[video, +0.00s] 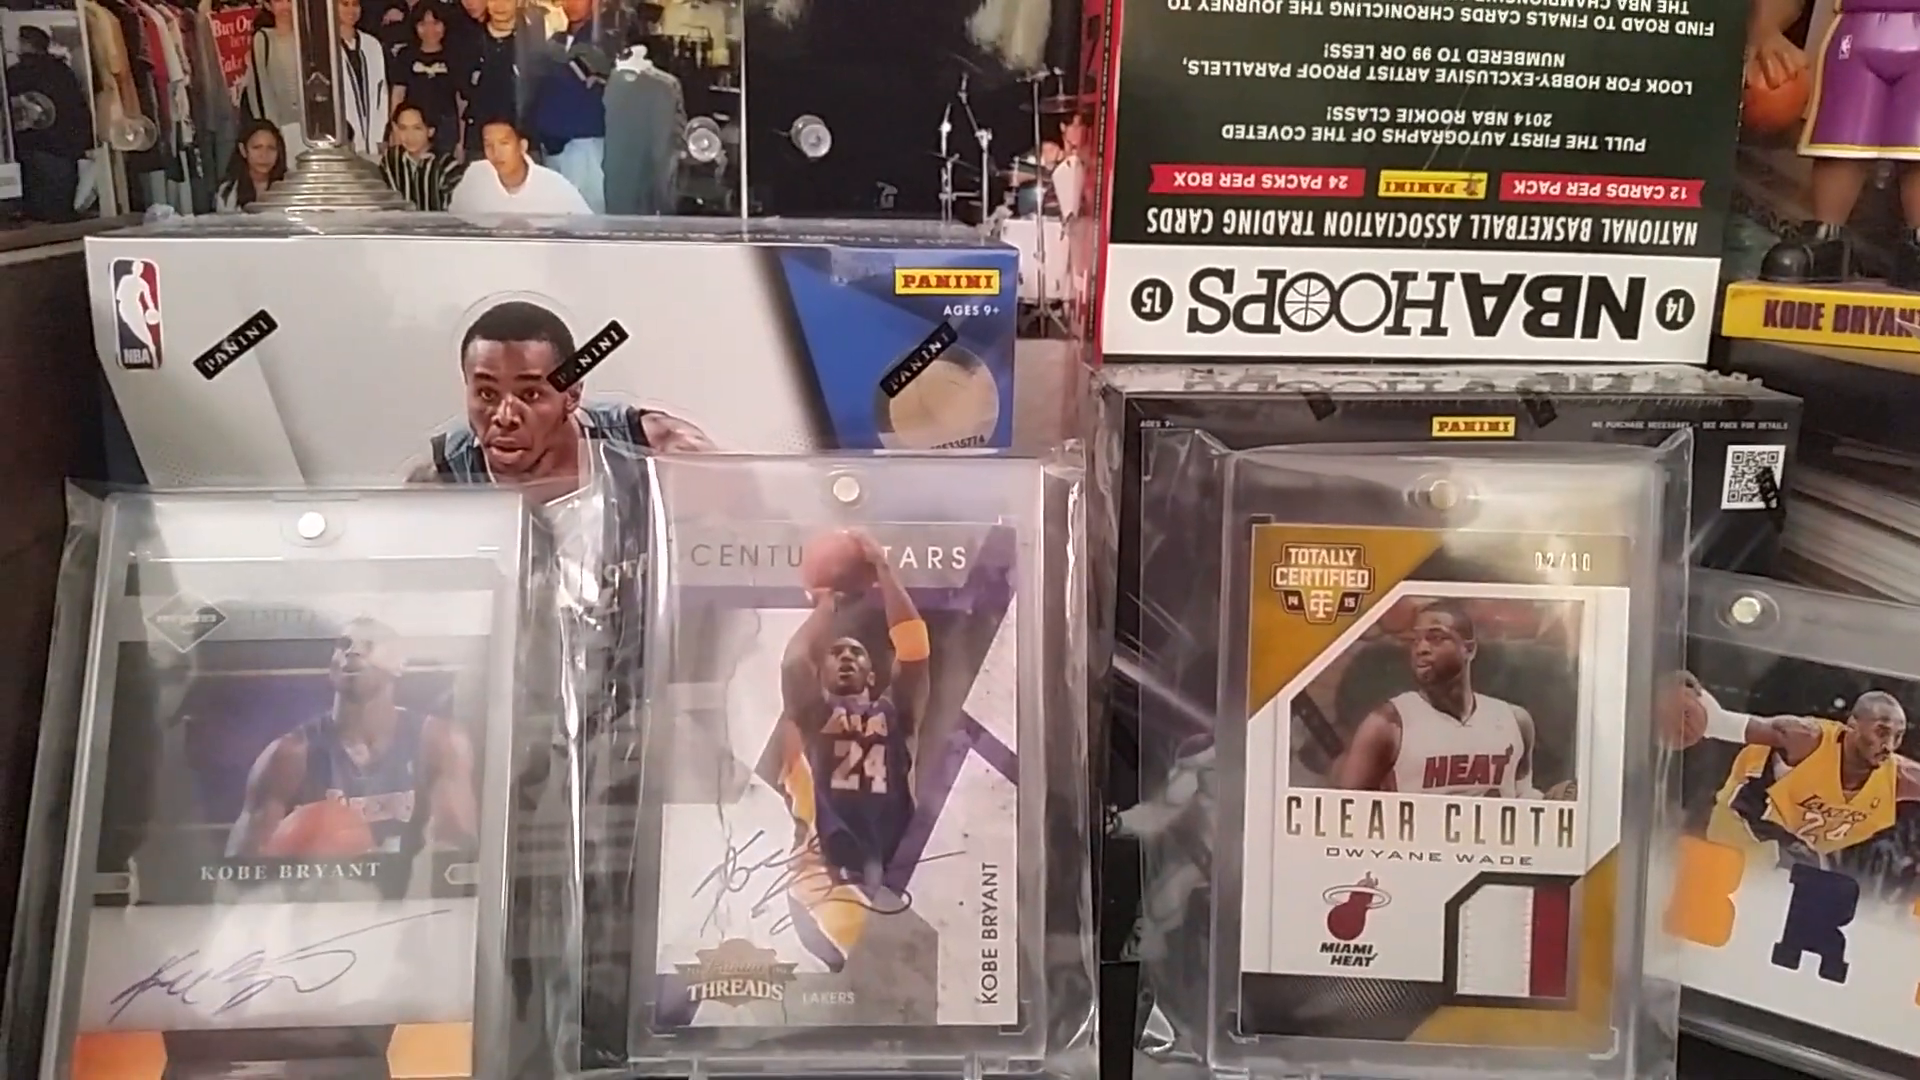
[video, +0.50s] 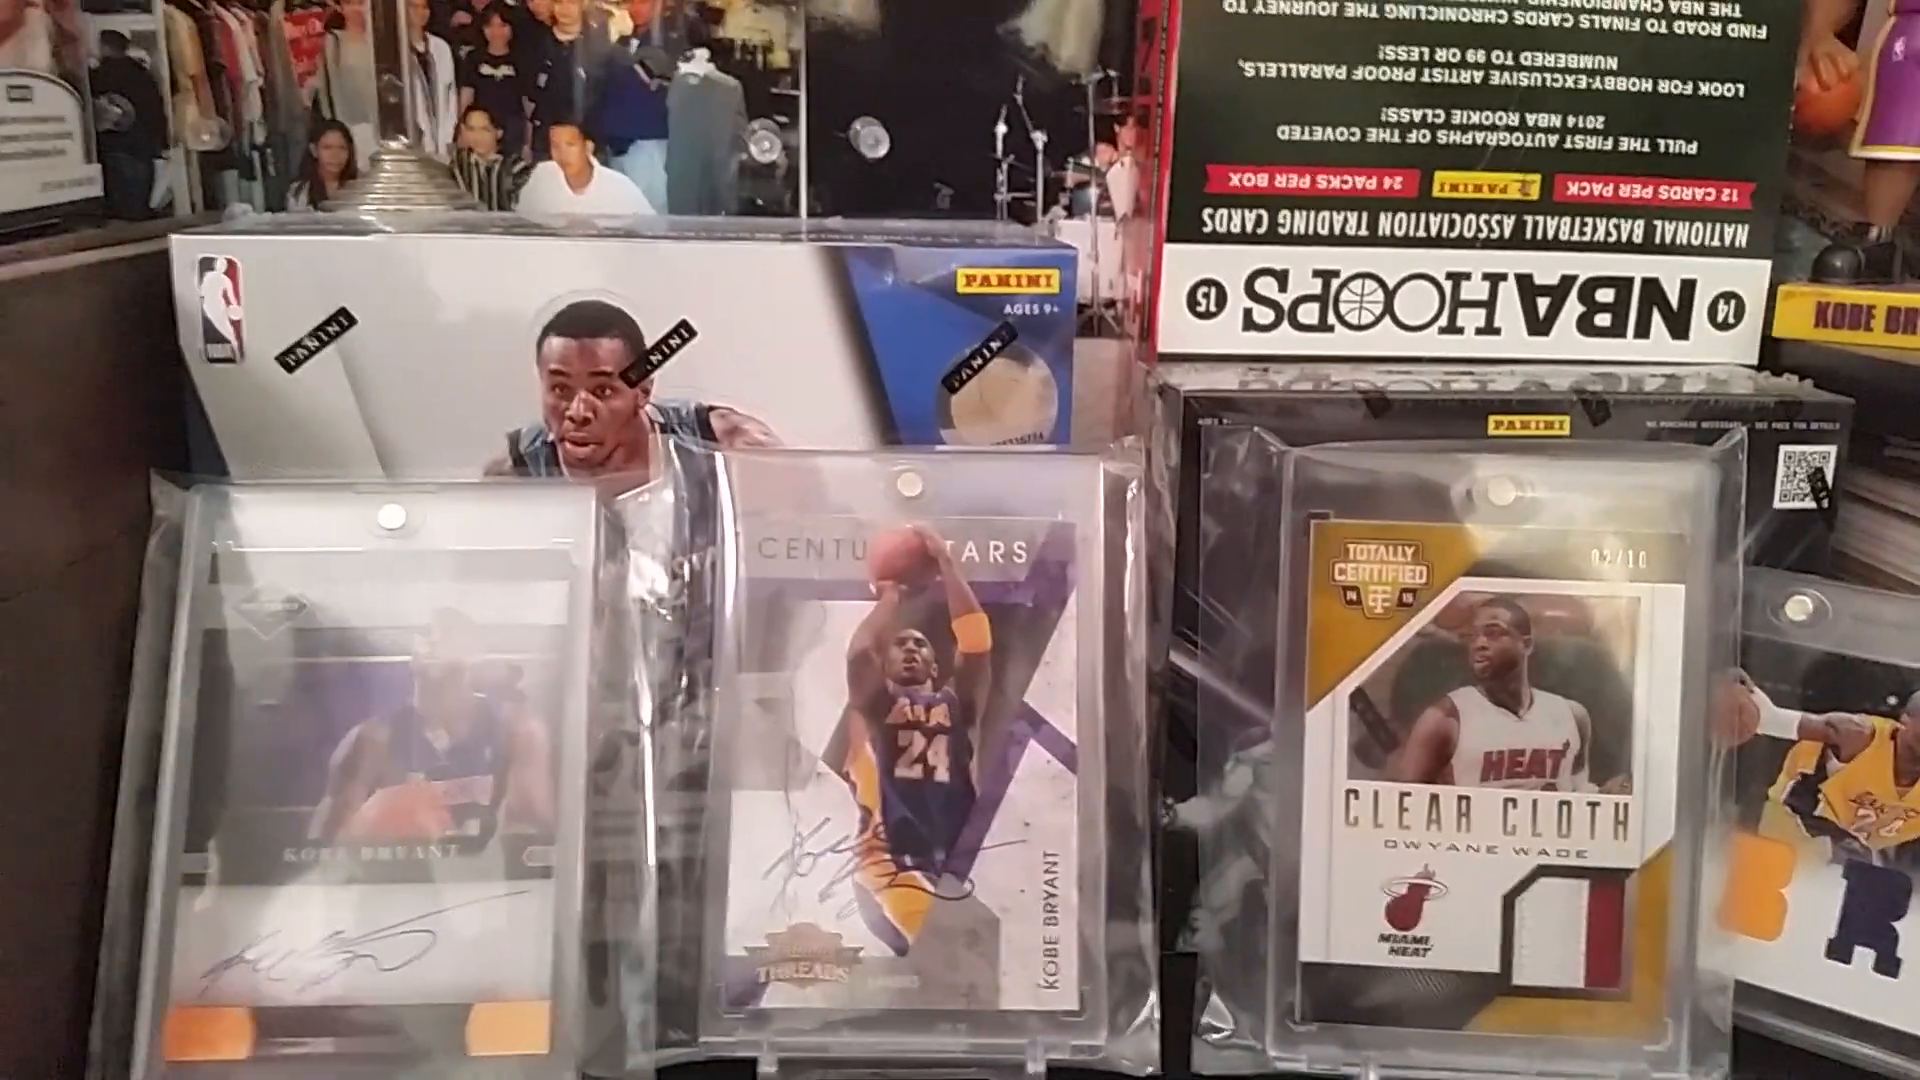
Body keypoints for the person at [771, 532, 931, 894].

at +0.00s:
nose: (846, 658)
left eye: (857, 653)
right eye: (836, 653)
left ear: (871, 672)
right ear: (821, 669)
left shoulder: (896, 713)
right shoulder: (815, 717)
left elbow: (913, 644)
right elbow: (795, 661)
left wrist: (883, 568)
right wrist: (826, 603)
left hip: (886, 864)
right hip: (824, 861)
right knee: (846, 925)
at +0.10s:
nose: (845, 658)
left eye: (855, 652)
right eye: (834, 653)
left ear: (871, 670)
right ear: (817, 672)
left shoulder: (896, 712)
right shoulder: (809, 715)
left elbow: (911, 647)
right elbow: (794, 662)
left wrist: (883, 568)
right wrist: (825, 604)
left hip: (886, 868)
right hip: (823, 868)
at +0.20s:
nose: (856, 658)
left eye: (867, 651)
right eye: (846, 651)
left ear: (882, 665)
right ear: (828, 662)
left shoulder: (901, 703)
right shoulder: (822, 708)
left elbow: (922, 643)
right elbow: (810, 657)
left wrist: (894, 576)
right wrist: (834, 604)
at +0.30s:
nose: (880, 656)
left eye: (890, 648)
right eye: (868, 649)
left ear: (906, 662)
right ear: (850, 663)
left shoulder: (927, 706)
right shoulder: (843, 710)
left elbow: (944, 640)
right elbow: (830, 656)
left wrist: (914, 568)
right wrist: (858, 599)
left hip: (921, 861)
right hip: (858, 866)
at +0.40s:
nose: (895, 651)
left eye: (905, 645)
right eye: (884, 645)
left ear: (921, 662)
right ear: (866, 662)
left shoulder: (943, 707)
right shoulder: (858, 708)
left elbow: (960, 641)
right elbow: (844, 654)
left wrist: (930, 561)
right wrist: (876, 597)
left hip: (937, 859)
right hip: (871, 860)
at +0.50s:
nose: (911, 649)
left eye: (920, 644)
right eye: (899, 644)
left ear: (936, 661)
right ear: (881, 660)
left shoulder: (958, 704)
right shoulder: (873, 704)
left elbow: (974, 638)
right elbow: (860, 653)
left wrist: (947, 562)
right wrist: (889, 596)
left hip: (949, 863)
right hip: (888, 863)